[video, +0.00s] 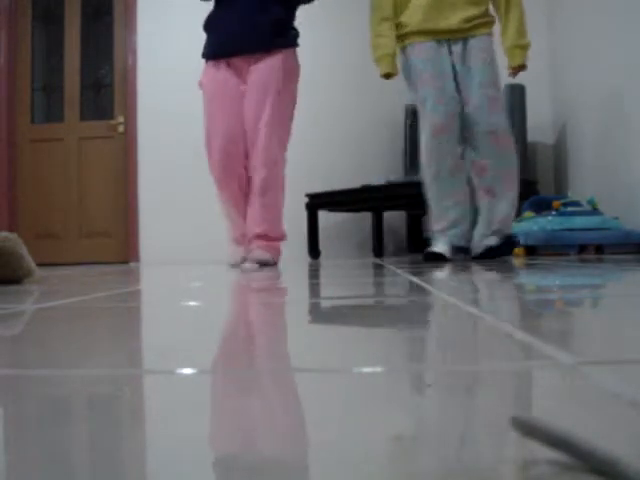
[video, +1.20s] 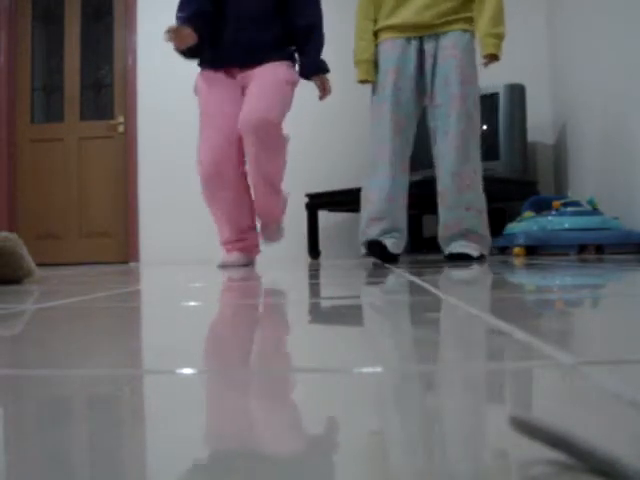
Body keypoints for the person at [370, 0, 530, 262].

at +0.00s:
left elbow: (506, 1)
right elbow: (383, 3)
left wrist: (515, 41)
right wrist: (384, 46)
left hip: (475, 27)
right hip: (420, 30)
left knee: (489, 127)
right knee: (438, 131)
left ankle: (492, 235)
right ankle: (447, 237)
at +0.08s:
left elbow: (506, 2)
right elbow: (384, 3)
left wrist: (513, 42)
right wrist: (384, 47)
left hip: (475, 28)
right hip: (420, 30)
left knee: (486, 129)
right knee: (435, 131)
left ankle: (488, 235)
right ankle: (436, 237)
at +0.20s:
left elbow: (501, 2)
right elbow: (386, 3)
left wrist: (502, 38)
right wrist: (387, 43)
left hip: (473, 22)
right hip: (417, 24)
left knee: (474, 129)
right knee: (424, 129)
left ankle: (475, 237)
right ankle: (400, 236)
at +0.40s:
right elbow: (370, 3)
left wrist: (486, 28)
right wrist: (369, 48)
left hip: (455, 27)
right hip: (399, 28)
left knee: (449, 134)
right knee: (393, 133)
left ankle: (445, 240)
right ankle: (384, 238)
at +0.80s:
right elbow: (385, 4)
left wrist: (492, 33)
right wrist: (388, 53)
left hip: (471, 29)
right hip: (416, 32)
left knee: (481, 136)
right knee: (414, 138)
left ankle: (481, 236)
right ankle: (413, 241)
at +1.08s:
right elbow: (378, 4)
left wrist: (500, 33)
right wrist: (376, 52)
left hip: (460, 21)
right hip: (405, 23)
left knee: (462, 131)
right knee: (405, 133)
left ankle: (469, 237)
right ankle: (396, 240)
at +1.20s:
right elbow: (367, 4)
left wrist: (490, 29)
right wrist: (364, 51)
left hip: (454, 21)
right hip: (394, 25)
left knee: (456, 136)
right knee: (388, 137)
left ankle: (464, 240)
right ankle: (384, 238)